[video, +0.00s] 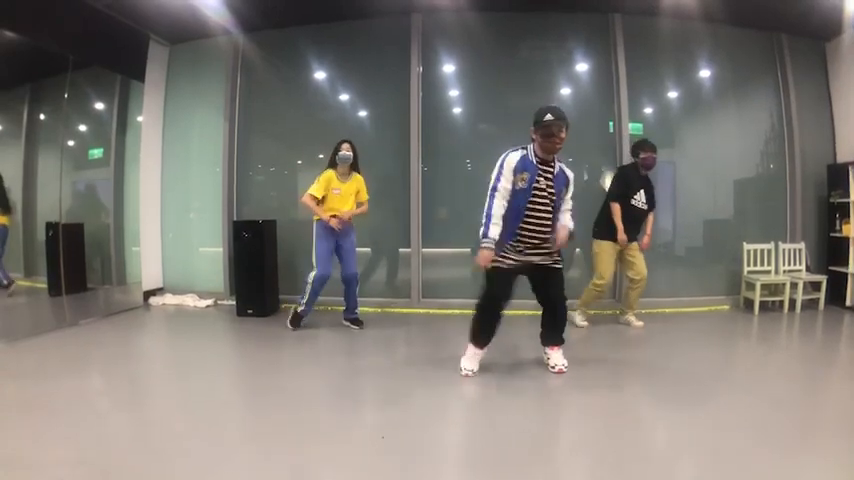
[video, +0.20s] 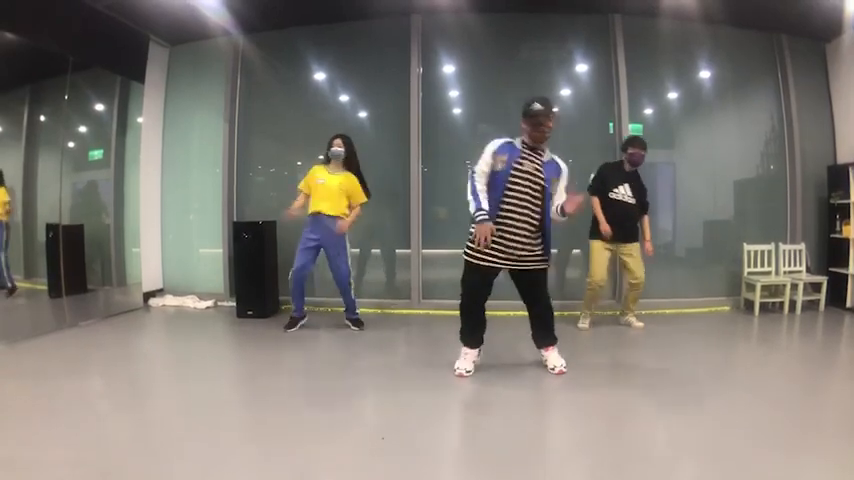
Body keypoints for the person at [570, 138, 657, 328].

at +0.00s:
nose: (650, 159)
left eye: (653, 156)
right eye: (646, 156)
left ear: (656, 158)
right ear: (637, 157)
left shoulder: (648, 184)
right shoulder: (624, 172)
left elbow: (650, 211)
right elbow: (613, 201)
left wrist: (647, 235)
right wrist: (620, 230)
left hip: (629, 238)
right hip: (607, 235)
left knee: (639, 275)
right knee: (603, 278)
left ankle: (627, 313)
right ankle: (579, 310)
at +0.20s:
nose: (638, 157)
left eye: (641, 154)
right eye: (634, 153)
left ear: (644, 156)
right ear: (625, 153)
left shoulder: (638, 181)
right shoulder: (607, 169)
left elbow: (644, 212)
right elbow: (593, 194)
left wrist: (647, 239)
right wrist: (602, 222)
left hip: (629, 240)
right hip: (602, 238)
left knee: (637, 279)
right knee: (597, 280)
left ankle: (627, 313)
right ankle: (586, 313)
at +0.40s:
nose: (612, 144)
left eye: (616, 141)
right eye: (609, 140)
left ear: (622, 142)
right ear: (602, 141)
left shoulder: (626, 167)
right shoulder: (592, 164)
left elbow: (632, 198)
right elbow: (583, 190)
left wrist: (635, 226)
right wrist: (582, 216)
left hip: (619, 231)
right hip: (593, 229)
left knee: (617, 276)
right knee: (588, 276)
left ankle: (615, 312)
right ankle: (586, 312)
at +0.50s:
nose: (608, 143)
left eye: (612, 139)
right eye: (604, 139)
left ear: (617, 140)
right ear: (597, 141)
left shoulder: (624, 167)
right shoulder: (588, 165)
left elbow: (628, 197)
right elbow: (581, 194)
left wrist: (629, 223)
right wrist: (580, 218)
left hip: (616, 230)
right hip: (591, 229)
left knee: (611, 275)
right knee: (588, 275)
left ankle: (606, 311)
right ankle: (586, 311)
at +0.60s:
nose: (608, 143)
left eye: (611, 139)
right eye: (604, 139)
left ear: (616, 141)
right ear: (597, 141)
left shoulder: (623, 167)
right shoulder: (587, 165)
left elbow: (626, 196)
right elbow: (580, 194)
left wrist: (627, 222)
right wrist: (579, 219)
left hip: (614, 230)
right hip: (590, 229)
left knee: (610, 276)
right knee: (588, 275)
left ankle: (606, 312)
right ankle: (586, 311)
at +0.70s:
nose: (609, 141)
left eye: (612, 137)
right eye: (604, 138)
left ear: (617, 139)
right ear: (597, 140)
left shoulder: (622, 168)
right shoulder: (586, 165)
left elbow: (625, 196)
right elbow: (579, 194)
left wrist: (626, 222)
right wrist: (579, 219)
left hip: (614, 230)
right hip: (590, 229)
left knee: (610, 276)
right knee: (588, 275)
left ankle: (606, 311)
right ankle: (586, 311)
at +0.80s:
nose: (609, 142)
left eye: (612, 138)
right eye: (605, 138)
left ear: (617, 141)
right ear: (597, 141)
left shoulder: (622, 169)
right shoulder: (586, 165)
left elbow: (625, 197)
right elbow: (579, 194)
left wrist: (627, 223)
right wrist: (579, 220)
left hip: (614, 230)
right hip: (590, 229)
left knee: (610, 276)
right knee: (588, 275)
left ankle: (606, 311)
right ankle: (586, 311)